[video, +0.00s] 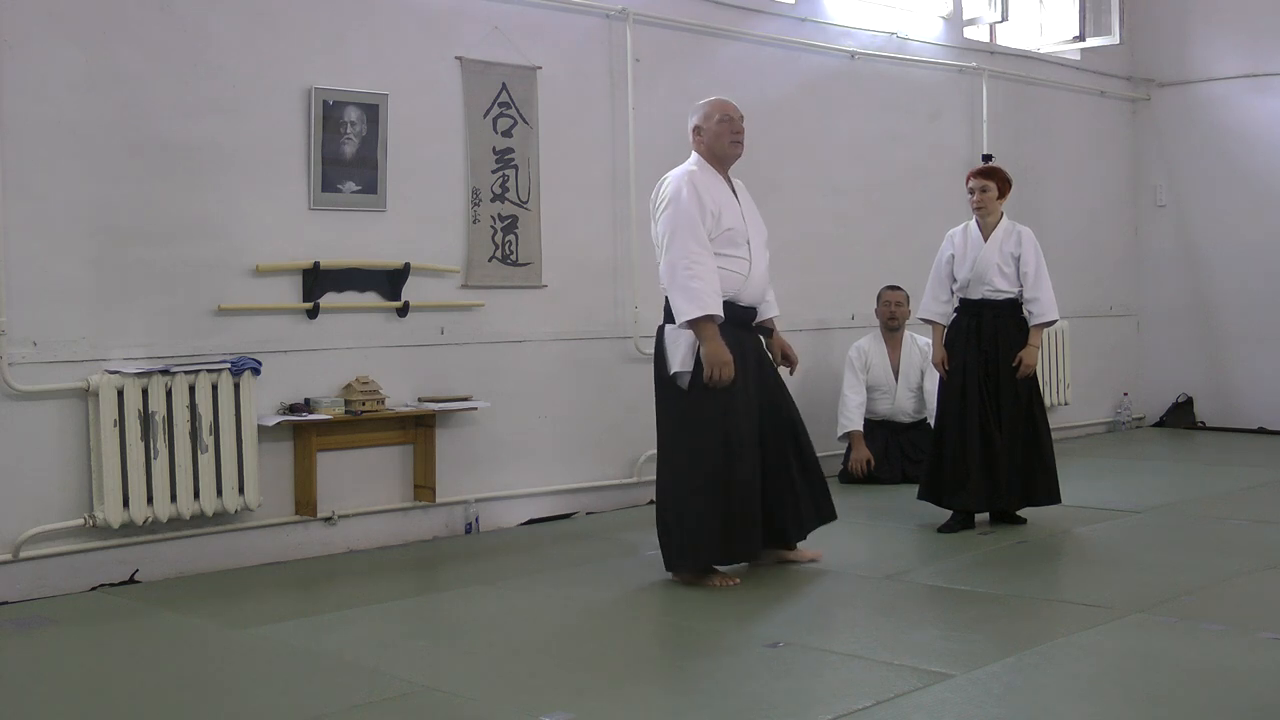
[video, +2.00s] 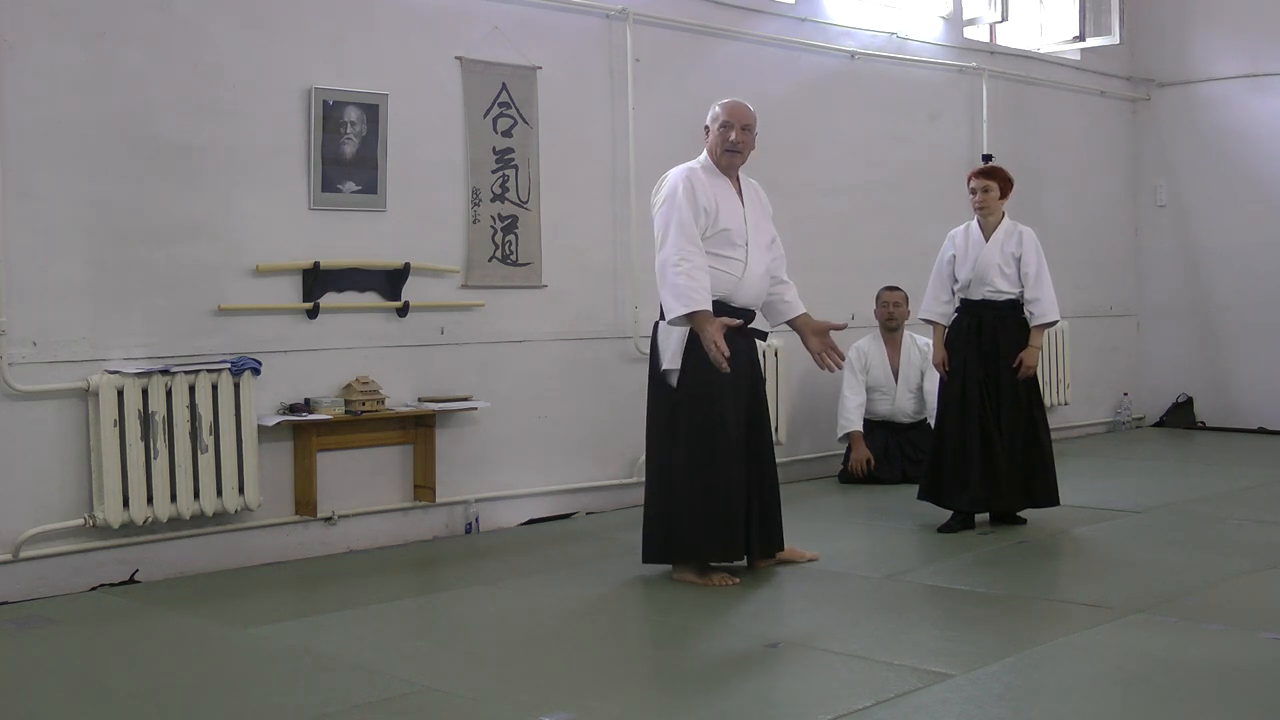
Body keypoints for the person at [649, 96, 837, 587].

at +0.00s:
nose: (739, 129)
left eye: (741, 123)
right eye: (726, 122)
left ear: (742, 135)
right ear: (698, 135)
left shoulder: (736, 190)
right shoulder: (682, 186)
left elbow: (750, 263)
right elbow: (686, 264)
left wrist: (771, 329)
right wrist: (709, 336)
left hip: (742, 330)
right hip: (698, 331)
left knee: (770, 432)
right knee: (700, 447)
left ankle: (771, 541)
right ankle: (691, 561)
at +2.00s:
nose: (736, 137)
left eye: (746, 131)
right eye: (727, 128)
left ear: (755, 140)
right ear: (707, 133)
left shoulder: (755, 194)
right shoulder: (683, 182)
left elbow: (772, 271)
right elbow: (678, 257)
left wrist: (806, 326)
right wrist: (701, 320)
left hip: (740, 329)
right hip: (694, 327)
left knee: (751, 438)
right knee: (695, 442)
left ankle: (763, 545)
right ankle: (689, 560)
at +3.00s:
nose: (769, 153)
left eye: (769, 143)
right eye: (768, 142)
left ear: (725, 135)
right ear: (756, 139)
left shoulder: (716, 178)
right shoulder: (718, 181)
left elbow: (733, 267)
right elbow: (727, 268)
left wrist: (770, 324)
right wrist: (768, 336)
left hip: (731, 330)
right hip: (711, 332)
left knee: (749, 441)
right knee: (704, 447)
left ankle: (763, 541)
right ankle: (693, 559)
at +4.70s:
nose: (813, 160)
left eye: (813, 150)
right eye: (812, 150)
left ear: (777, 143)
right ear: (798, 145)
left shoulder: (761, 179)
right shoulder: (774, 182)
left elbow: (796, 262)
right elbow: (782, 258)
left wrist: (844, 300)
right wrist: (806, 326)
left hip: (765, 318)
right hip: (757, 320)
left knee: (785, 431)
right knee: (750, 434)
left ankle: (780, 540)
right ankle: (735, 550)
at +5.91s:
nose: (797, 139)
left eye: (796, 131)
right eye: (790, 130)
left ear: (757, 133)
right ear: (758, 134)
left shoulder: (749, 179)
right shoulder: (741, 181)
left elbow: (773, 260)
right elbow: (750, 262)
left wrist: (815, 298)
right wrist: (772, 333)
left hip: (751, 327)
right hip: (737, 331)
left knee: (760, 443)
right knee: (741, 446)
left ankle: (762, 552)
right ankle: (735, 560)